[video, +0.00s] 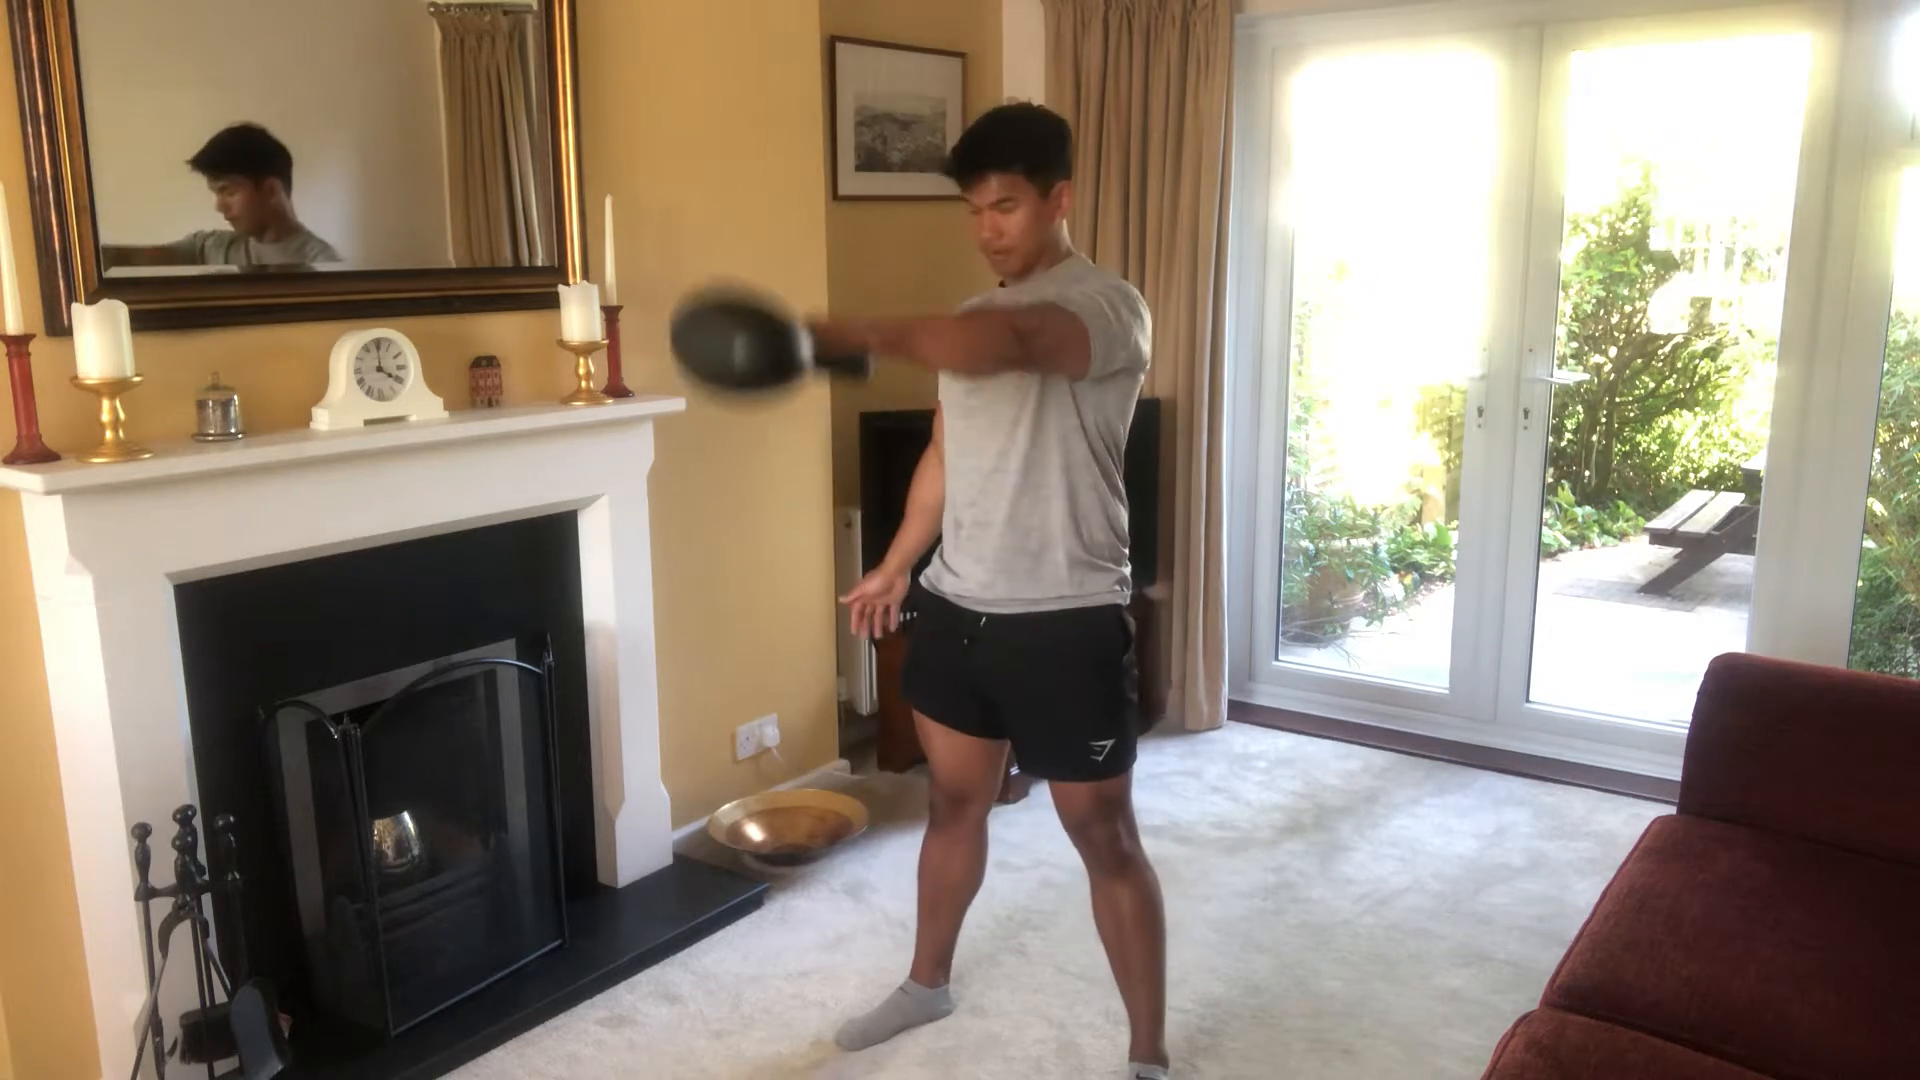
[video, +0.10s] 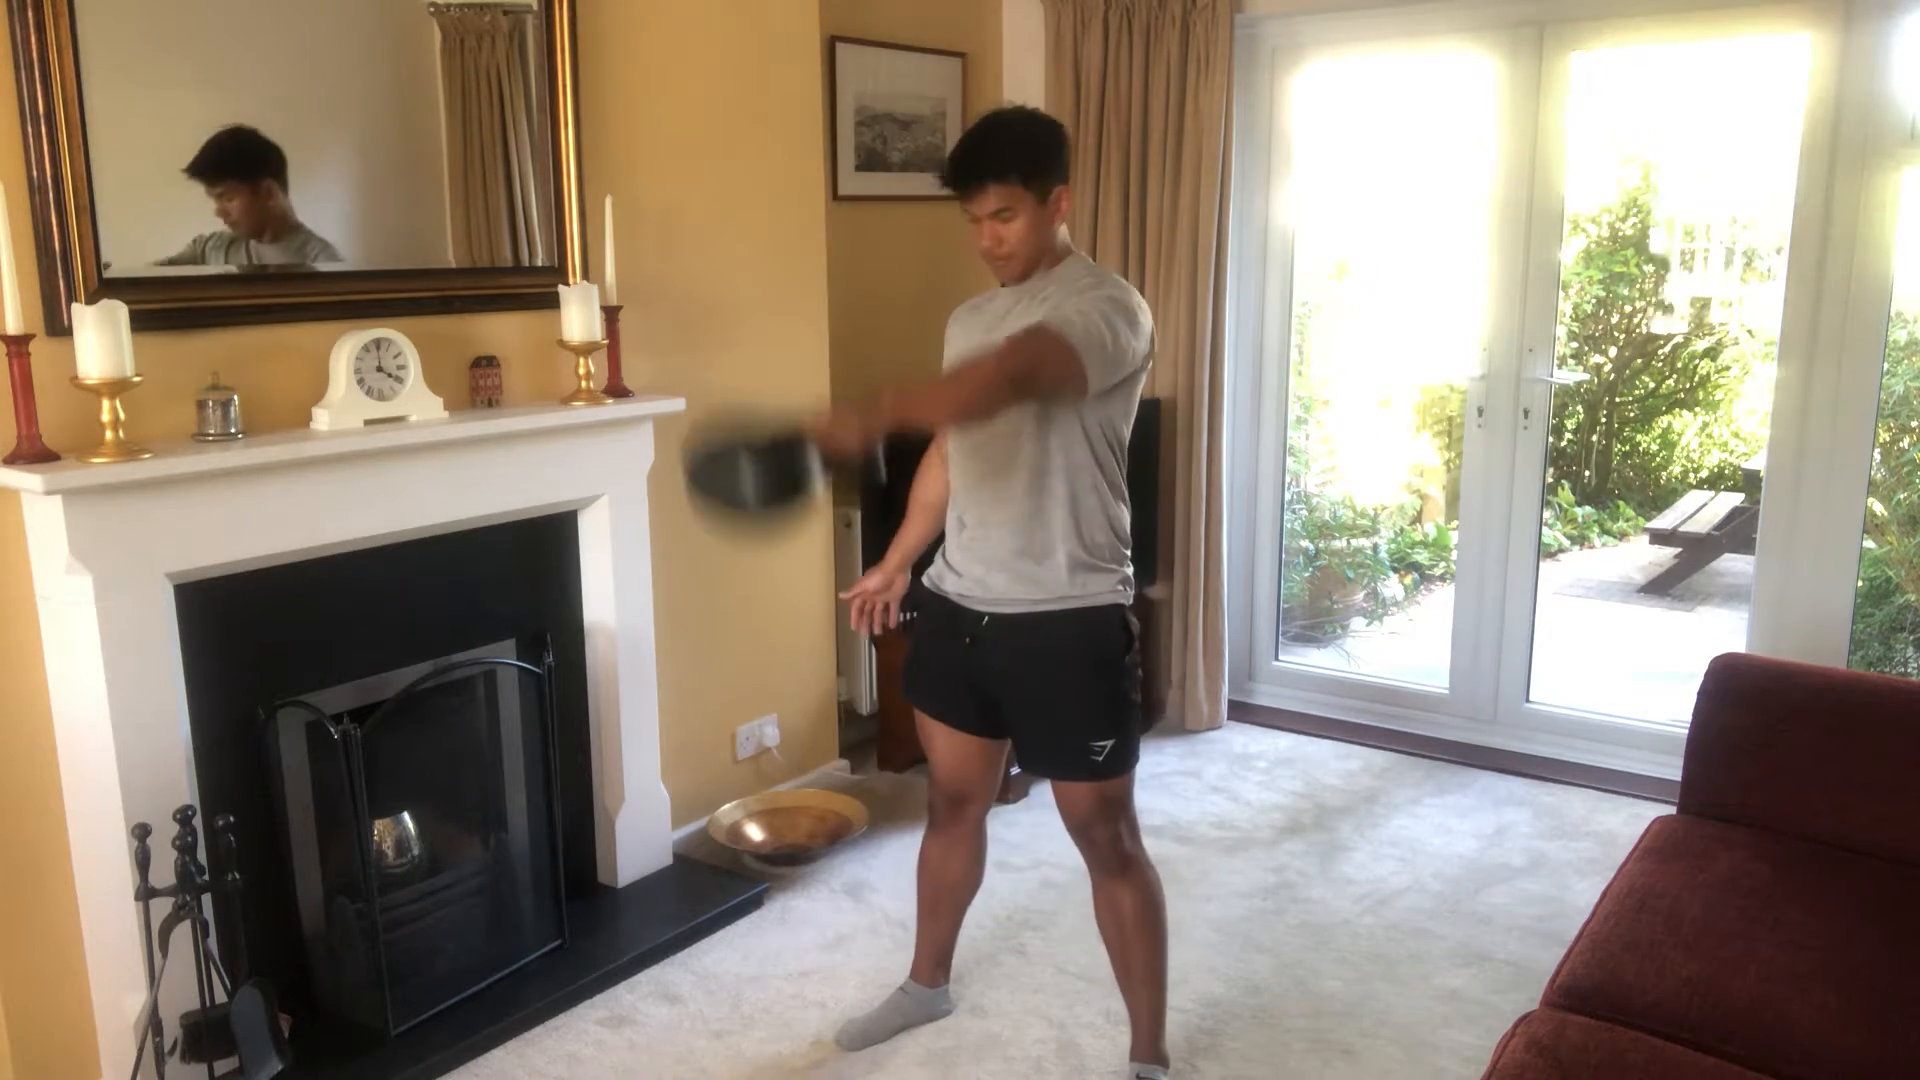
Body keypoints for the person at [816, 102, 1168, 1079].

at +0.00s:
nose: (986, 229)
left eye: (1005, 206)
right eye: (974, 210)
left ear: (1060, 199)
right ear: (967, 209)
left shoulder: (1110, 305)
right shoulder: (968, 320)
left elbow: (1007, 336)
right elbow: (945, 450)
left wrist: (850, 337)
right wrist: (895, 566)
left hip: (1071, 617)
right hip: (956, 606)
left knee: (1104, 837)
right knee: (951, 806)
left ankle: (1148, 1053)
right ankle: (928, 984)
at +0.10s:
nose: (985, 238)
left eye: (1003, 215)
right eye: (974, 219)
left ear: (1059, 203)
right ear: (967, 214)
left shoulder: (1111, 308)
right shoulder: (970, 320)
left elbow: (1022, 372)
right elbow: (948, 453)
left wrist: (884, 412)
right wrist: (896, 561)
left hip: (1072, 619)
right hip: (959, 608)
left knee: (1106, 838)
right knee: (950, 807)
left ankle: (1149, 1054)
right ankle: (927, 984)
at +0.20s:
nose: (972, 256)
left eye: (988, 233)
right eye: (958, 238)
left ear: (1040, 215)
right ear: (944, 230)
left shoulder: (1098, 310)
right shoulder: (961, 319)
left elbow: (1004, 429)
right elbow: (945, 446)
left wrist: (886, 541)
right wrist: (885, 544)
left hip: (1079, 615)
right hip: (967, 604)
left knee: (1104, 836)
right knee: (949, 805)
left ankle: (1149, 1054)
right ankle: (927, 985)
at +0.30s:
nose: (928, 294)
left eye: (941, 274)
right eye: (917, 278)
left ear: (989, 248)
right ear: (910, 264)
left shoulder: (1071, 332)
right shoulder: (937, 329)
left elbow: (1011, 494)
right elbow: (937, 439)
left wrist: (933, 642)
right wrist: (889, 537)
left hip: (1088, 613)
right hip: (981, 606)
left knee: (1109, 842)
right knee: (939, 801)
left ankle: (1149, 1057)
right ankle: (926, 984)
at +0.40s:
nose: (864, 389)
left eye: (866, 372)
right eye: (853, 375)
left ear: (910, 336)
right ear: (877, 346)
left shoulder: (1030, 395)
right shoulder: (902, 380)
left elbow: (1009, 587)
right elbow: (913, 455)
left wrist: (982, 724)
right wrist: (889, 534)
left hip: (1097, 619)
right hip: (987, 605)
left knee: (1119, 852)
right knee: (920, 791)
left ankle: (1151, 1060)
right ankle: (925, 982)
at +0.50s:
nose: (823, 510)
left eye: (820, 493)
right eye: (810, 499)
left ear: (851, 461)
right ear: (852, 446)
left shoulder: (992, 499)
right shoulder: (887, 442)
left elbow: (1021, 654)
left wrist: (1034, 754)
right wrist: (906, 560)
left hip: (1110, 636)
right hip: (995, 626)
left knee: (1130, 861)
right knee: (909, 802)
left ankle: (1153, 1063)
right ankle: (924, 985)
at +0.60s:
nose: (812, 626)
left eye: (810, 609)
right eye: (796, 617)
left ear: (847, 565)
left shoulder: (974, 601)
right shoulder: (857, 488)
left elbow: (1038, 703)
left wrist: (1065, 747)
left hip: (1117, 642)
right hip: (1012, 636)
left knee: (1129, 868)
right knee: (901, 808)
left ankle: (1152, 1062)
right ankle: (924, 985)